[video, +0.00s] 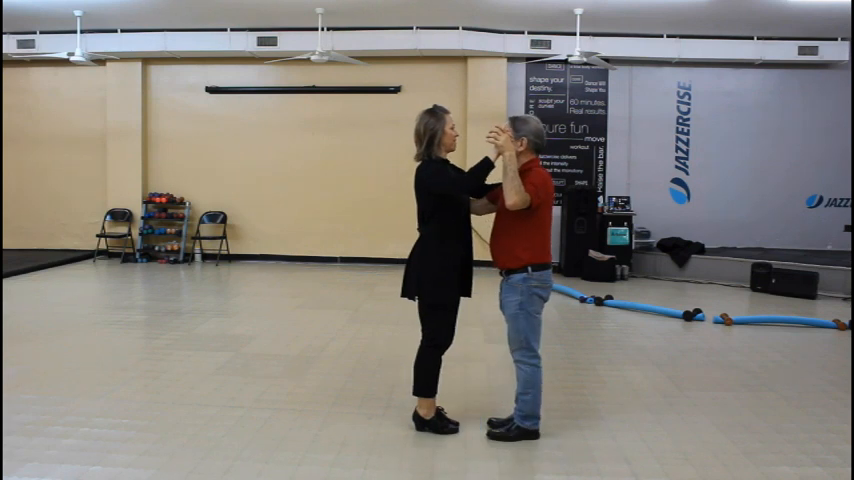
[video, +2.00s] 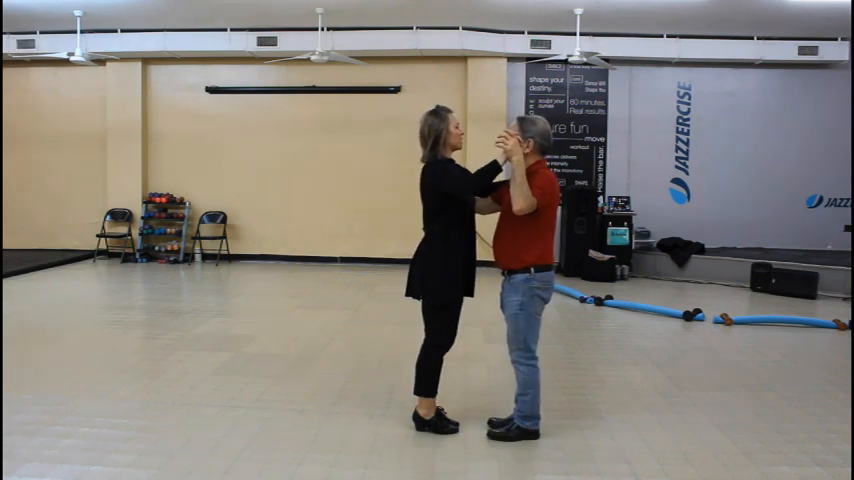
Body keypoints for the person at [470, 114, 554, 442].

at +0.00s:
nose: (501, 142)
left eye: (506, 136)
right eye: (502, 136)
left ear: (521, 143)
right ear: (521, 144)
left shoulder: (538, 176)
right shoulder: (517, 177)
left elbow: (515, 201)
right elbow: (479, 205)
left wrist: (508, 156)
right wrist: (447, 192)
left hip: (529, 277)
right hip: (516, 275)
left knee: (526, 353)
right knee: (521, 352)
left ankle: (527, 423)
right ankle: (522, 416)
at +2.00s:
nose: (507, 142)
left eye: (512, 137)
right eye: (508, 137)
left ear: (527, 144)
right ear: (527, 145)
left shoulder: (544, 176)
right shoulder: (520, 179)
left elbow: (522, 206)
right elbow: (483, 204)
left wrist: (516, 162)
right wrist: (451, 189)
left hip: (531, 277)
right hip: (517, 276)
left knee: (524, 354)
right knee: (519, 353)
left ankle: (527, 422)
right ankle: (522, 416)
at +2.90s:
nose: (487, 148)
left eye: (494, 143)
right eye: (489, 142)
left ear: (513, 149)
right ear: (509, 149)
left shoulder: (527, 181)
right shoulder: (505, 181)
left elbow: (506, 214)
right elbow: (465, 209)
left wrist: (491, 171)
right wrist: (431, 201)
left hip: (514, 278)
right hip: (504, 277)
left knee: (478, 347)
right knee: (510, 347)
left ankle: (484, 424)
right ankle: (525, 416)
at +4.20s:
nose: (510, 143)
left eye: (516, 139)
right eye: (511, 138)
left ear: (533, 146)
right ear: (530, 146)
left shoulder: (549, 180)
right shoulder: (527, 179)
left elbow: (524, 210)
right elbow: (488, 206)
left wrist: (514, 165)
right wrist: (452, 198)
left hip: (543, 278)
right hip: (531, 276)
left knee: (524, 353)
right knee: (531, 347)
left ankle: (527, 426)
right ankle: (557, 407)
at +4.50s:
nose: (533, 156)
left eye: (538, 152)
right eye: (534, 151)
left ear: (558, 156)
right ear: (556, 156)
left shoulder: (577, 186)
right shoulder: (547, 185)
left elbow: (560, 223)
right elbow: (514, 212)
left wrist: (547, 177)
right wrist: (481, 201)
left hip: (569, 283)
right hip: (565, 281)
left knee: (534, 351)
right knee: (582, 346)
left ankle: (528, 425)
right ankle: (607, 411)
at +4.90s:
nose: (536, 153)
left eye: (542, 148)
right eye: (537, 147)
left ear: (562, 153)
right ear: (558, 152)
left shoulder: (579, 183)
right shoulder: (547, 184)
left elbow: (567, 218)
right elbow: (516, 212)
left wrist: (553, 174)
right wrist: (483, 204)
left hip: (573, 279)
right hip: (567, 277)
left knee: (545, 351)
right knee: (587, 346)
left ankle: (540, 425)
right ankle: (608, 411)